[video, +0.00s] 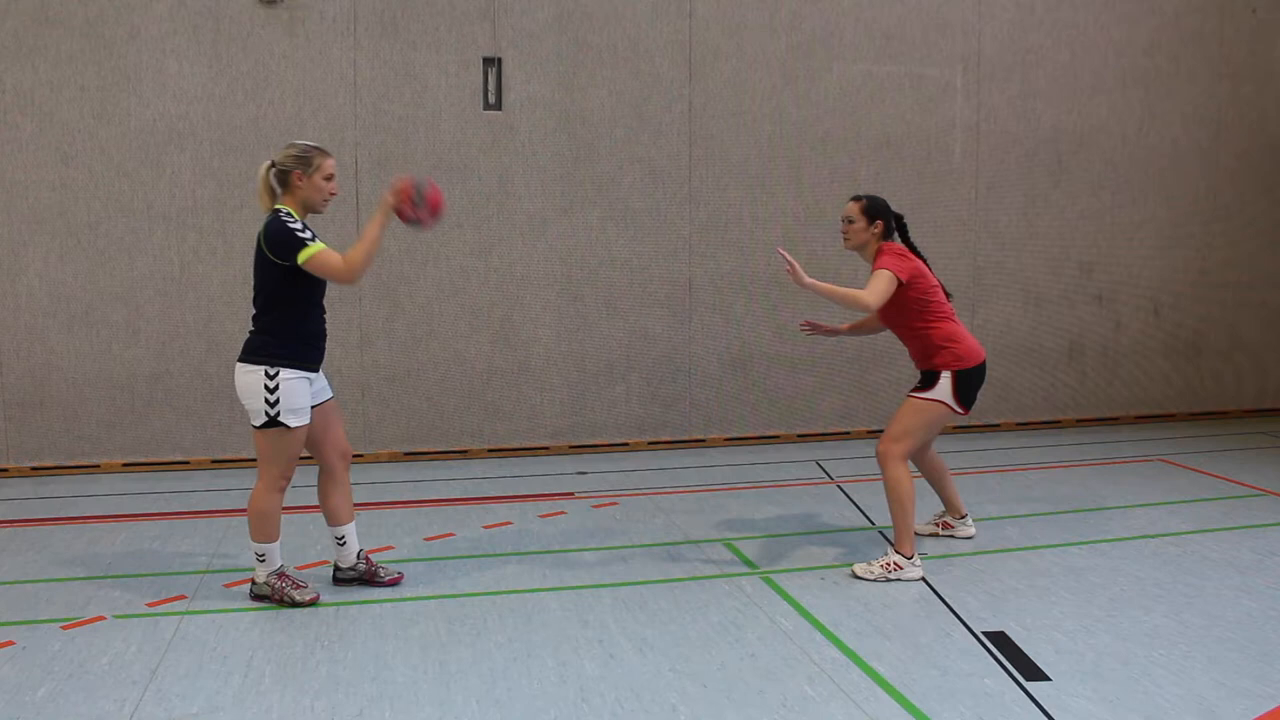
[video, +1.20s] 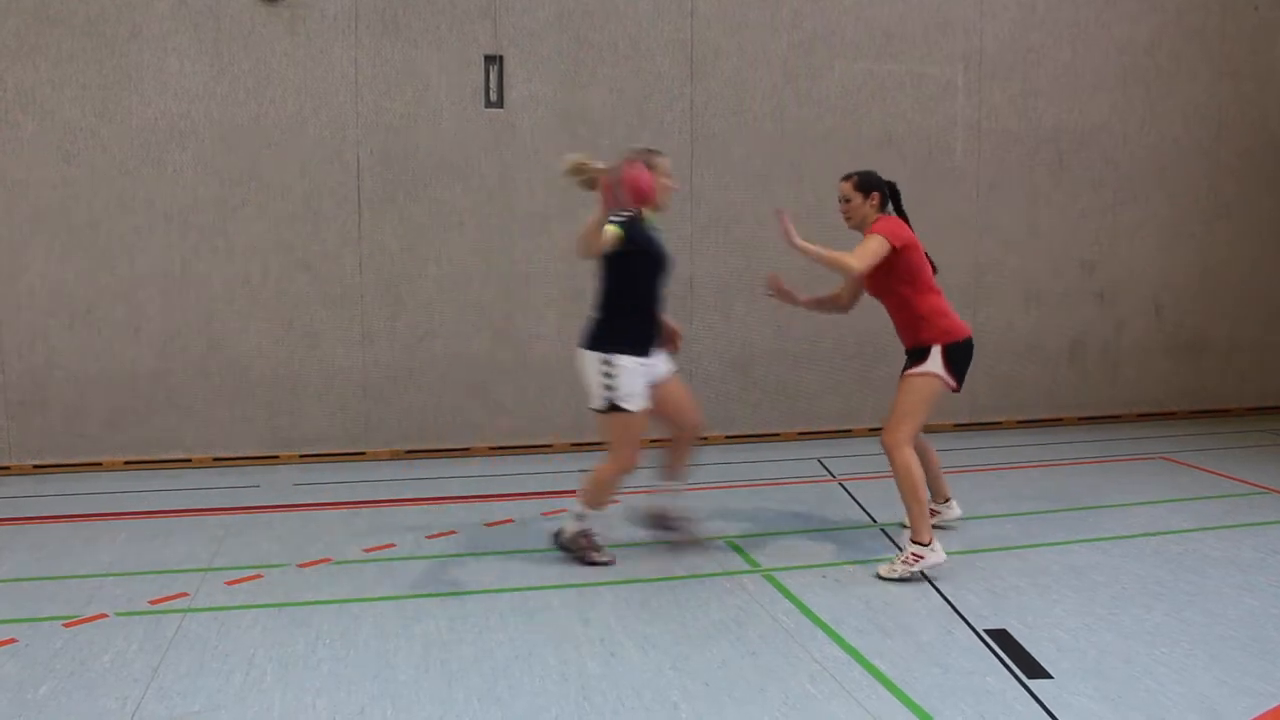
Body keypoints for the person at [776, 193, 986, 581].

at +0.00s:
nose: (843, 229)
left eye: (850, 222)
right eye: (842, 222)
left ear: (876, 227)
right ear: (872, 229)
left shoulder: (892, 258)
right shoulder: (890, 260)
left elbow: (871, 301)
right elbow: (887, 319)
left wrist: (808, 283)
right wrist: (841, 329)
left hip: (951, 367)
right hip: (951, 364)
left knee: (891, 451)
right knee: (916, 446)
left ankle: (904, 557)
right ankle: (957, 517)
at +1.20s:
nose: (842, 209)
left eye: (847, 201)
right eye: (840, 202)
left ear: (873, 200)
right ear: (869, 202)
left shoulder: (889, 228)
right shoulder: (871, 242)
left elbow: (858, 264)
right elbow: (844, 302)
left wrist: (800, 245)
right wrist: (799, 302)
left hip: (941, 344)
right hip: (926, 346)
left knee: (896, 440)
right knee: (907, 430)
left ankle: (923, 546)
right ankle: (942, 503)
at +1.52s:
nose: (836, 254)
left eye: (843, 247)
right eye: (836, 248)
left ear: (869, 251)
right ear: (859, 253)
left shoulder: (881, 272)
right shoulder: (860, 303)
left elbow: (865, 284)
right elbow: (845, 360)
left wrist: (814, 261)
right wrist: (806, 341)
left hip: (937, 391)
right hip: (912, 395)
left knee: (882, 465)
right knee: (891, 460)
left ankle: (924, 565)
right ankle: (949, 511)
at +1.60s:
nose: (848, 256)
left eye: (856, 248)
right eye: (847, 250)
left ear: (877, 253)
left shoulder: (889, 275)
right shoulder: (861, 305)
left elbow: (895, 291)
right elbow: (853, 361)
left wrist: (848, 267)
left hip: (934, 395)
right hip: (911, 398)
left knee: (877, 466)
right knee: (883, 463)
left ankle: (919, 565)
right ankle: (947, 512)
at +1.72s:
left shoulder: (900, 270)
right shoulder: (859, 285)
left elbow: (935, 299)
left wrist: (890, 267)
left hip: (940, 393)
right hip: (912, 396)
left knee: (883, 460)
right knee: (883, 467)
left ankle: (915, 566)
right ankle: (946, 512)